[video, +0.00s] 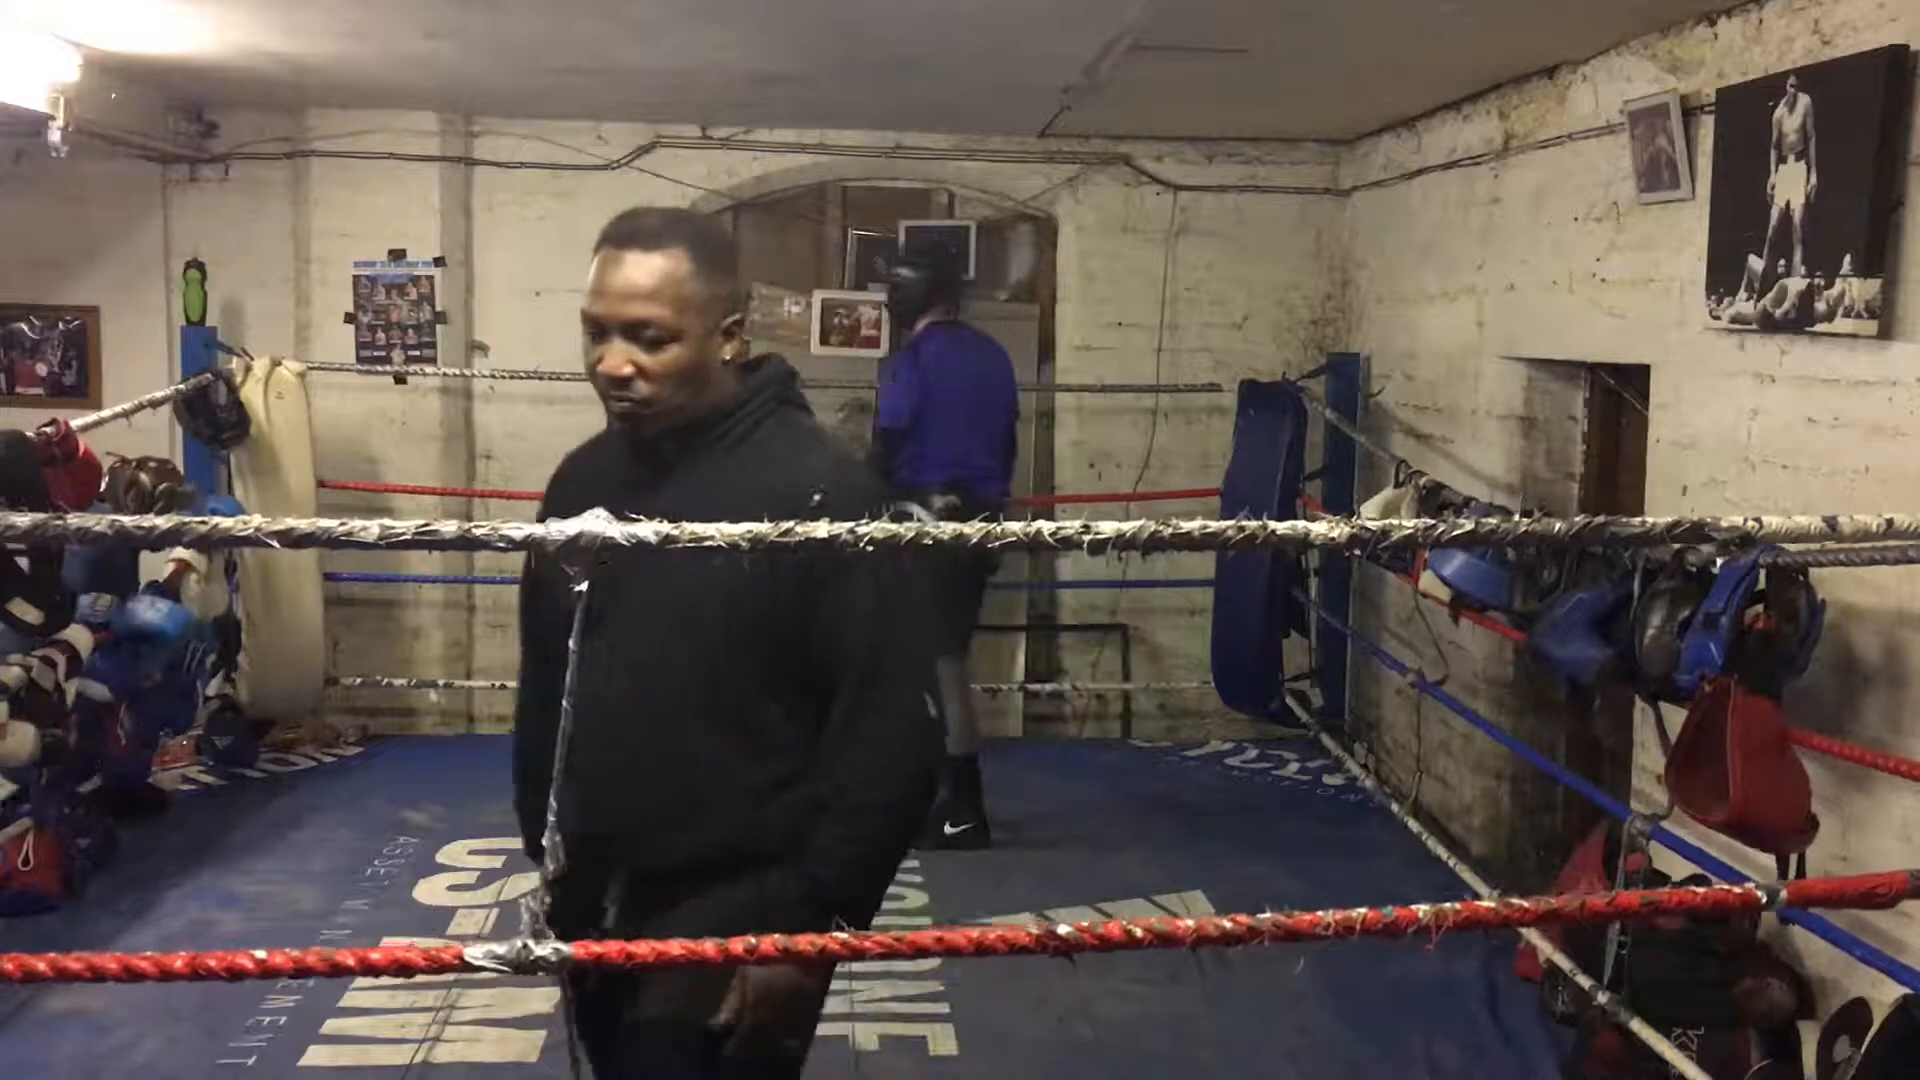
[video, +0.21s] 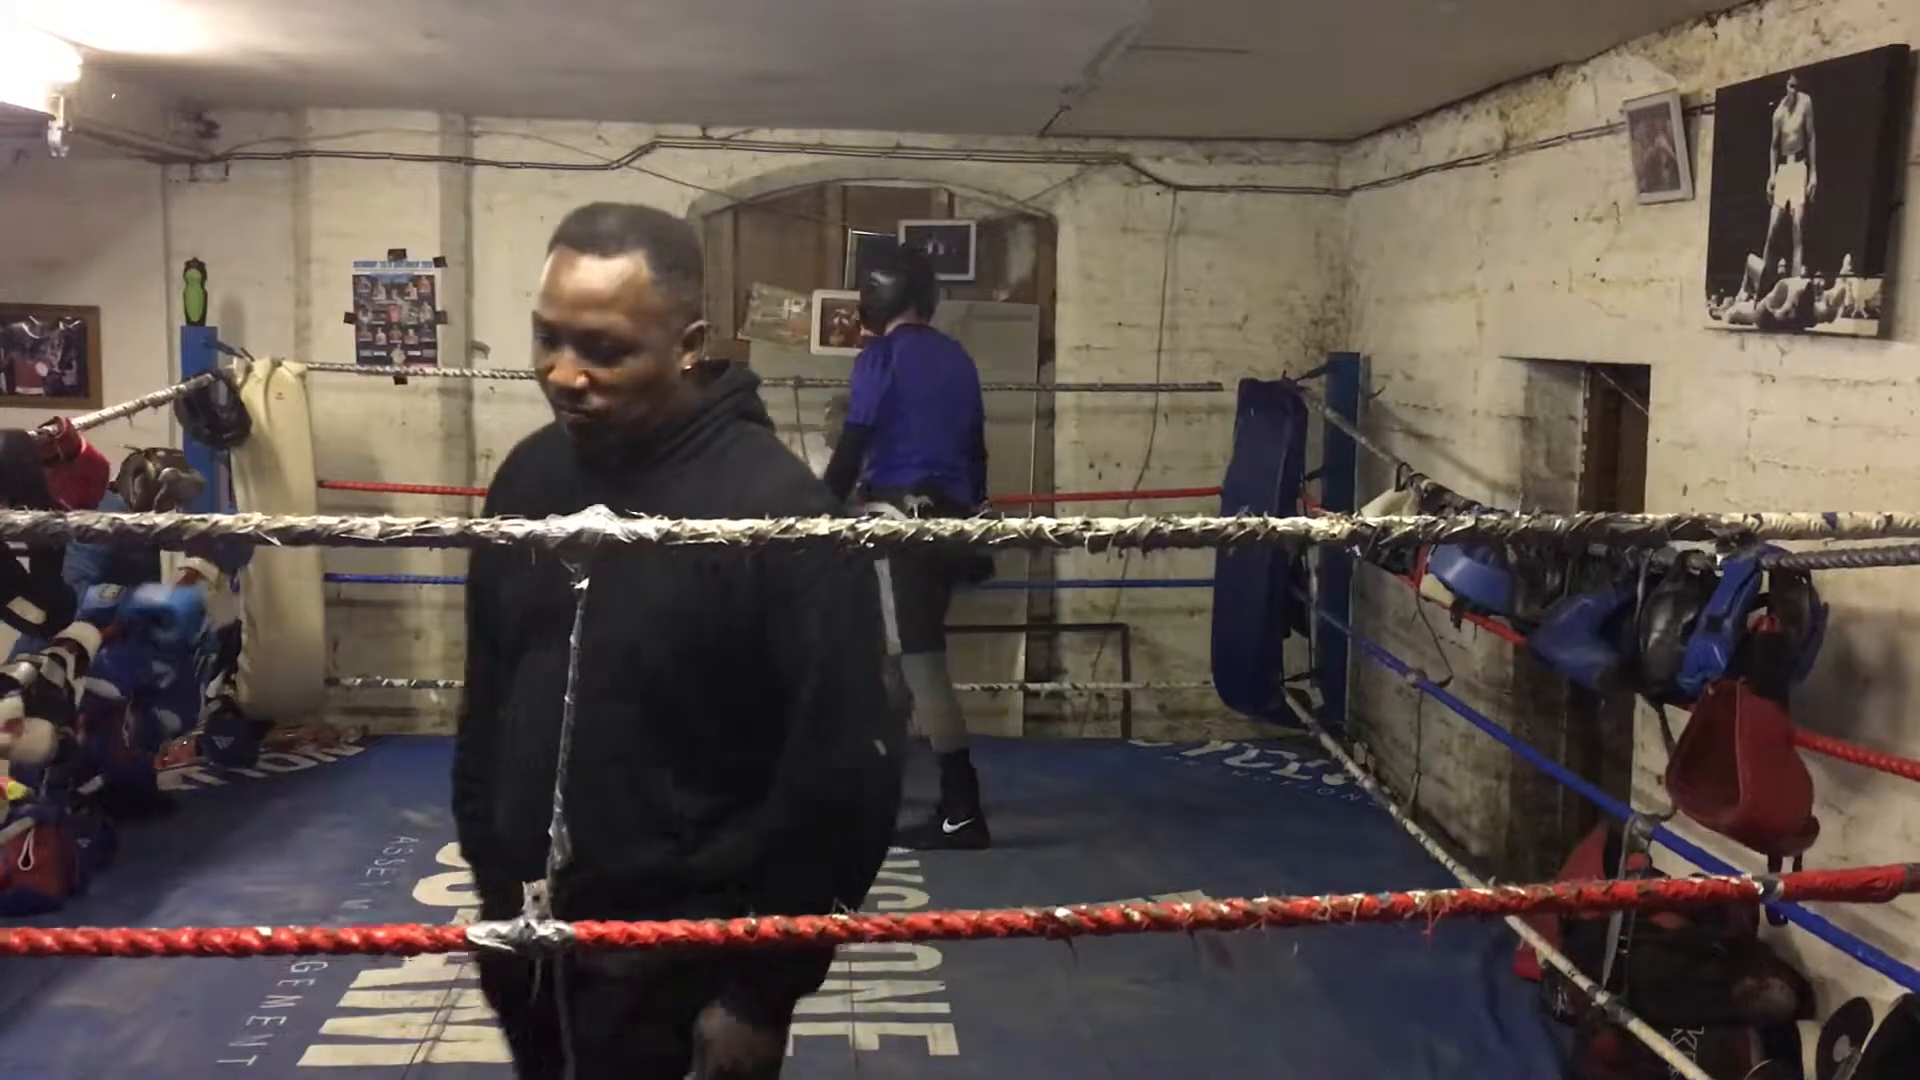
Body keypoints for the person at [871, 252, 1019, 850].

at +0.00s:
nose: (890, 307)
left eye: (895, 297)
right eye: (892, 295)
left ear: (913, 303)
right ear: (951, 300)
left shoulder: (911, 359)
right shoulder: (993, 355)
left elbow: (891, 434)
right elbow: (1006, 440)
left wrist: (873, 484)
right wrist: (992, 494)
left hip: (925, 511)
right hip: (984, 512)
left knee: (944, 659)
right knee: (946, 655)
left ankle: (965, 808)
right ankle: (947, 796)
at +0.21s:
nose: (859, 308)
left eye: (864, 298)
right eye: (861, 299)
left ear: (877, 302)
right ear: (926, 303)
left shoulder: (879, 356)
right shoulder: (959, 359)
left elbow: (854, 440)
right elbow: (974, 448)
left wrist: (822, 504)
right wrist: (971, 512)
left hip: (895, 519)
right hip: (950, 519)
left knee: (921, 664)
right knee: (897, 660)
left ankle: (961, 812)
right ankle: (873, 794)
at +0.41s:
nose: (841, 299)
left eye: (846, 290)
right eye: (845, 289)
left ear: (860, 293)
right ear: (903, 298)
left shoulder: (856, 352)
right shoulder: (929, 362)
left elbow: (839, 435)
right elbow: (936, 449)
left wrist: (819, 503)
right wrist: (933, 515)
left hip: (861, 516)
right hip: (912, 517)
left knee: (861, 659)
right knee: (875, 655)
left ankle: (934, 783)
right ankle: (851, 790)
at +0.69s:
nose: (809, 299)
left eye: (814, 289)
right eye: (813, 290)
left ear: (825, 293)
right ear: (870, 296)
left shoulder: (825, 347)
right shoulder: (892, 352)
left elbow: (813, 425)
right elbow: (898, 422)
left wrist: (795, 488)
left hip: (829, 498)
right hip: (883, 501)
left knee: (820, 629)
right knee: (870, 631)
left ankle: (821, 763)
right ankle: (858, 771)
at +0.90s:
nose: (772, 294)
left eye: (776, 286)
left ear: (785, 292)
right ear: (836, 294)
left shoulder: (771, 353)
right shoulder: (863, 355)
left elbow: (757, 428)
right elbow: (873, 436)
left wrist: (738, 489)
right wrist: (851, 476)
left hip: (783, 501)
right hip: (845, 501)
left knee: (781, 635)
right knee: (849, 637)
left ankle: (794, 766)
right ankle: (856, 773)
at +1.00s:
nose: (755, 291)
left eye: (759, 282)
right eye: (761, 282)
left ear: (766, 289)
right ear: (819, 290)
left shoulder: (750, 349)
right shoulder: (847, 347)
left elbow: (727, 427)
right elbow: (863, 424)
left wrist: (714, 492)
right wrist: (857, 481)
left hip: (765, 502)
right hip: (831, 501)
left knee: (753, 630)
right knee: (837, 636)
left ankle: (768, 766)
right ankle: (853, 774)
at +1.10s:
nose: (749, 293)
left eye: (749, 283)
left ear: (751, 288)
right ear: (804, 288)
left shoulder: (730, 348)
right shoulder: (832, 346)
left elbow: (700, 415)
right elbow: (851, 419)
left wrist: (689, 478)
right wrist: (852, 474)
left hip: (749, 498)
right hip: (819, 496)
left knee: (738, 630)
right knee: (825, 625)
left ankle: (729, 765)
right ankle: (844, 767)